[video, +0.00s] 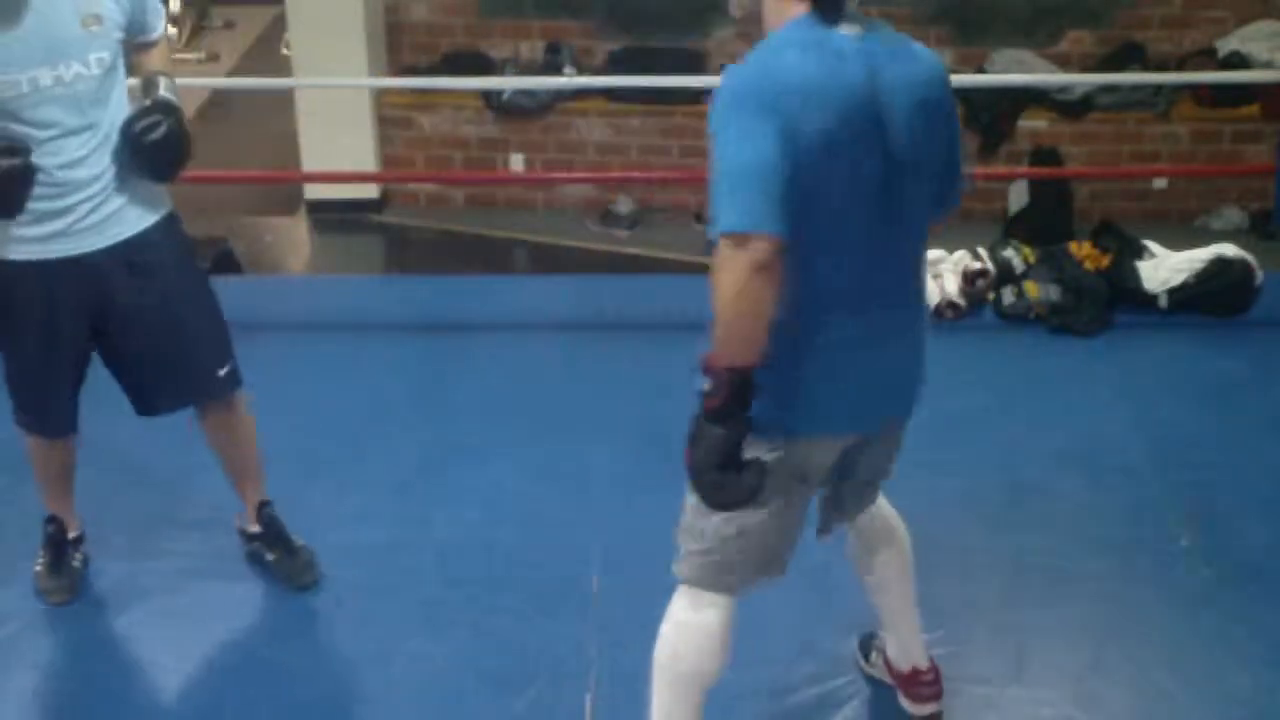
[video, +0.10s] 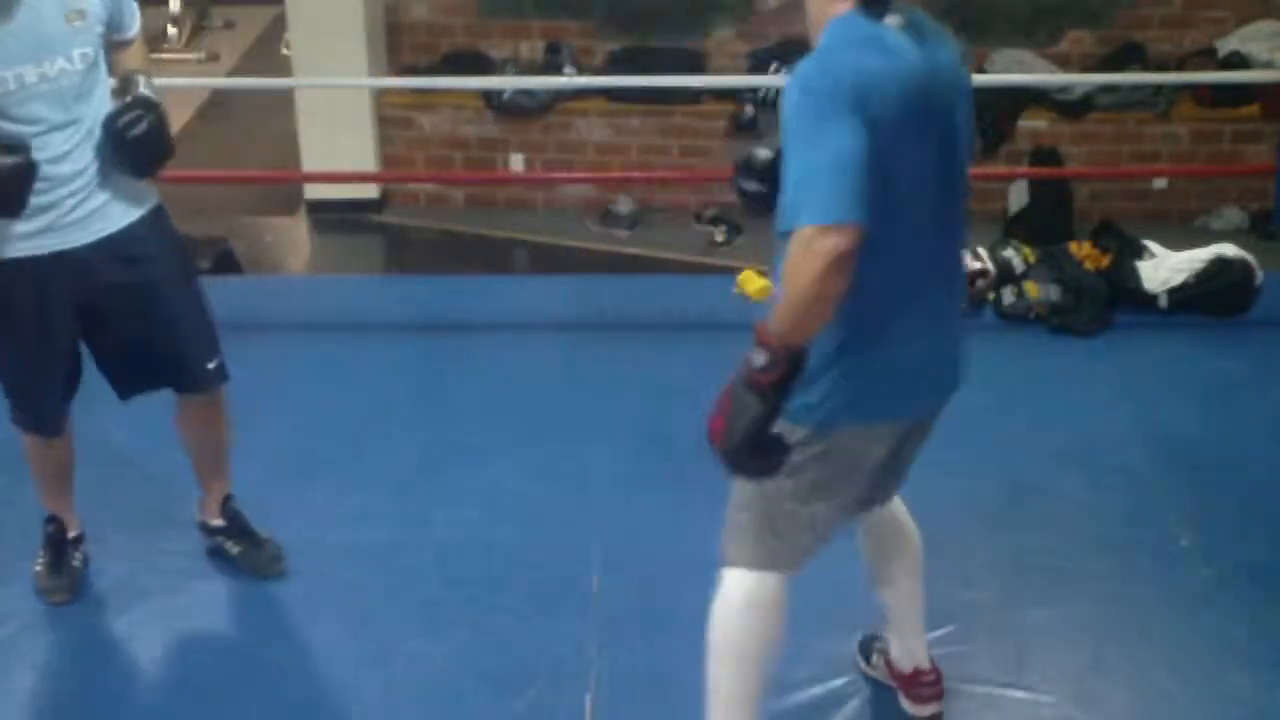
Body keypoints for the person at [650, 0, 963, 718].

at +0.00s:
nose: (740, 8)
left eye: (744, 1)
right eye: (743, 3)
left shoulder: (756, 84)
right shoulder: (918, 68)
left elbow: (753, 251)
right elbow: (940, 202)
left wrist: (722, 405)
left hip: (781, 391)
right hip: (888, 375)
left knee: (706, 584)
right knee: (861, 498)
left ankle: (672, 709)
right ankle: (912, 665)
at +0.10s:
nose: (772, 5)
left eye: (776, 1)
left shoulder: (830, 76)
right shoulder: (937, 50)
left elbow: (828, 245)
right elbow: (936, 192)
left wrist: (761, 372)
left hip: (844, 375)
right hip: (924, 361)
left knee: (755, 555)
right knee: (874, 495)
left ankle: (730, 708)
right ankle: (912, 662)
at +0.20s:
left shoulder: (867, 24)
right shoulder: (961, 13)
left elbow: (881, 183)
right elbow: (990, 119)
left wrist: (809, 299)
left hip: (875, 326)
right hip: (953, 317)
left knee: (816, 515)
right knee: (918, 481)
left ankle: (838, 704)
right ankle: (924, 645)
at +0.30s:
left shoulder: (891, 7)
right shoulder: (993, 5)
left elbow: (912, 139)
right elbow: (1018, 55)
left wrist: (844, 239)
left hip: (903, 293)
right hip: (980, 277)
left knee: (885, 486)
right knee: (951, 454)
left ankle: (954, 680)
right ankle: (958, 611)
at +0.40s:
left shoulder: (911, 9)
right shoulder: (1016, 6)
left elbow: (915, 161)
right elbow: (1040, 68)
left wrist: (845, 251)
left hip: (935, 295)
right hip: (996, 277)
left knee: (940, 494)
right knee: (975, 462)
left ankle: (1048, 664)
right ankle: (1015, 612)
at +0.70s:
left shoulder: (949, 20)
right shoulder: (1019, 8)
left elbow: (972, 175)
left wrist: (870, 243)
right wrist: (901, 151)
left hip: (953, 294)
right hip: (1019, 279)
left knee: (880, 476)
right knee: (994, 442)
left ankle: (990, 636)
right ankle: (1035, 607)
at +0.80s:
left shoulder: (929, 7)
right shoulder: (1024, 7)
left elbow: (967, 140)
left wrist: (877, 212)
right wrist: (891, 107)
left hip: (940, 275)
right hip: (1020, 263)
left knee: (837, 454)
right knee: (984, 421)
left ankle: (882, 649)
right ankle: (1027, 594)